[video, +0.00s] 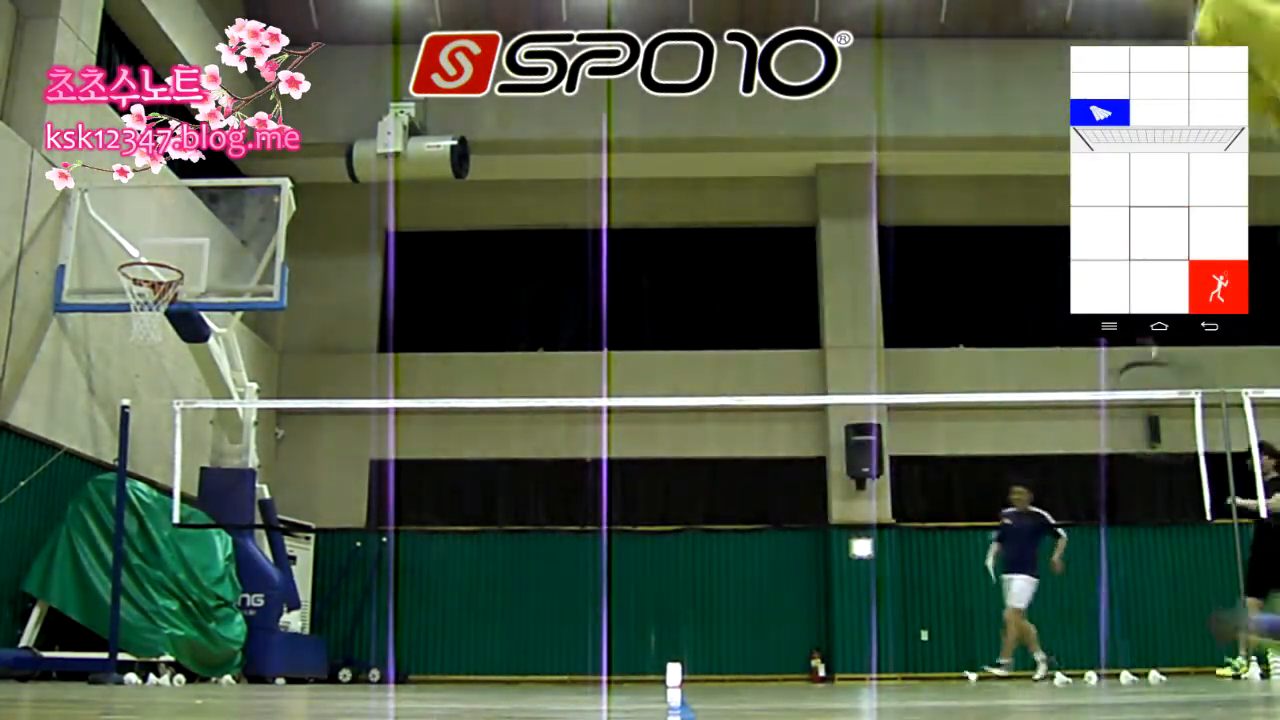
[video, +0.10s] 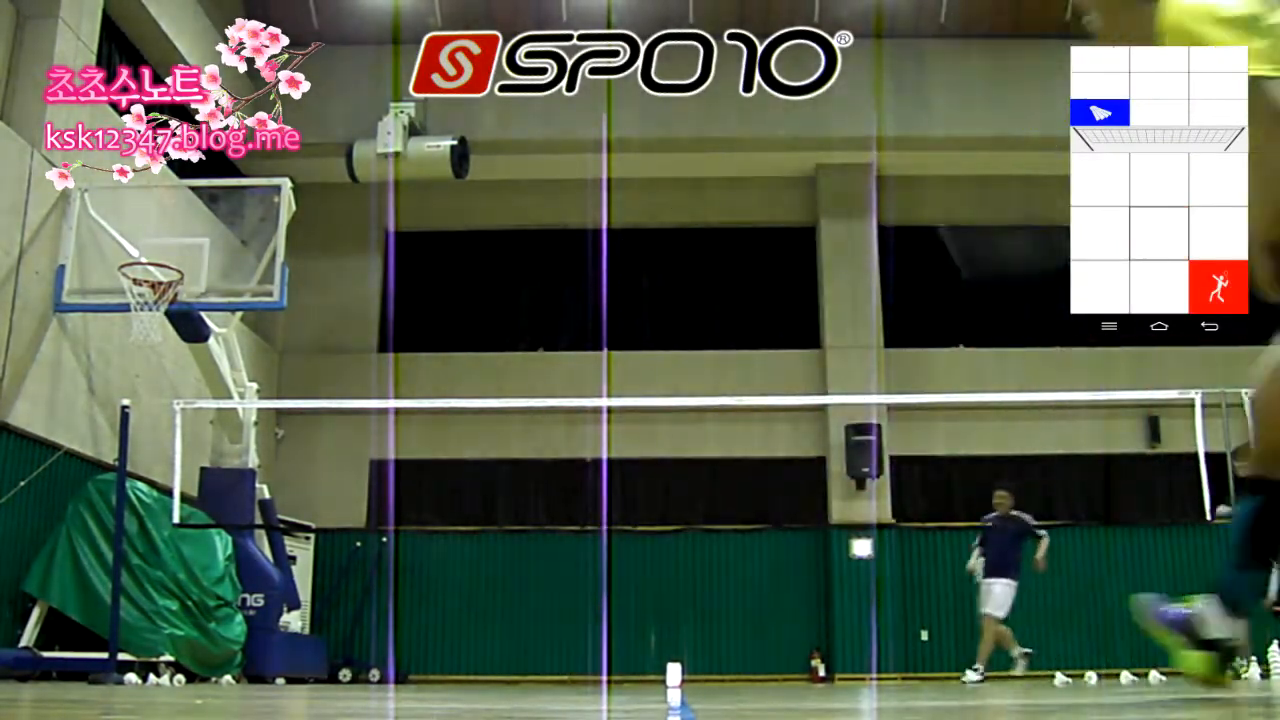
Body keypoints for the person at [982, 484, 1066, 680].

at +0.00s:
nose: (1016, 498)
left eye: (1020, 494)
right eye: (1014, 494)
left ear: (1029, 497)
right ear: (1010, 497)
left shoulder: (1039, 516)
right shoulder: (1006, 516)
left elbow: (1062, 536)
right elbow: (998, 540)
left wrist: (1056, 557)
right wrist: (991, 558)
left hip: (1027, 573)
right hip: (1007, 572)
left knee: (1011, 615)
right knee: (1018, 619)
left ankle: (1005, 662)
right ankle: (1040, 658)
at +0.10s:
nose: (998, 502)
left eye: (1003, 498)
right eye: (996, 498)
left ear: (1011, 501)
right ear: (993, 500)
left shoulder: (1021, 520)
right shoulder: (988, 521)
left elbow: (1044, 536)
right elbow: (981, 544)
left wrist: (1040, 554)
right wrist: (974, 560)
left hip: (1006, 578)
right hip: (987, 577)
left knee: (990, 621)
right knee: (989, 622)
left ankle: (979, 667)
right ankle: (1018, 653)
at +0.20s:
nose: (982, 503)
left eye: (986, 499)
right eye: (979, 499)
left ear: (994, 502)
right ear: (975, 501)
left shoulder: (1002, 522)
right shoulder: (969, 523)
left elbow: (1019, 549)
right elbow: (963, 552)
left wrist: (1007, 561)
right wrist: (955, 574)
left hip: (992, 581)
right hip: (970, 580)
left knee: (977, 622)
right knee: (961, 623)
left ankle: (980, 666)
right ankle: (984, 651)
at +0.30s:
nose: (968, 499)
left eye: (971, 495)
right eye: (965, 495)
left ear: (979, 497)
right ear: (960, 497)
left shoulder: (988, 516)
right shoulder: (954, 516)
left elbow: (990, 547)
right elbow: (949, 547)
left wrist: (963, 546)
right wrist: (940, 569)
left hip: (979, 578)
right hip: (956, 577)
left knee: (974, 622)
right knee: (945, 617)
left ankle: (977, 667)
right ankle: (947, 663)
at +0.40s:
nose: (956, 497)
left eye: (960, 493)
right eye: (953, 493)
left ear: (967, 495)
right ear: (947, 495)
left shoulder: (974, 512)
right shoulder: (940, 514)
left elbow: (970, 541)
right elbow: (935, 543)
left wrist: (943, 533)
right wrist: (926, 565)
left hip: (967, 576)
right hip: (943, 576)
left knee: (968, 621)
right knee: (933, 618)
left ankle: (974, 666)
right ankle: (921, 662)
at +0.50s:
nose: (945, 504)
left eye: (949, 500)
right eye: (941, 500)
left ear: (955, 501)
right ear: (935, 500)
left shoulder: (963, 519)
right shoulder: (927, 519)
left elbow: (961, 548)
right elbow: (922, 545)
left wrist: (933, 542)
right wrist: (909, 567)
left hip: (953, 583)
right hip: (928, 580)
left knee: (955, 627)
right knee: (917, 620)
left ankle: (967, 660)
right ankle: (913, 667)